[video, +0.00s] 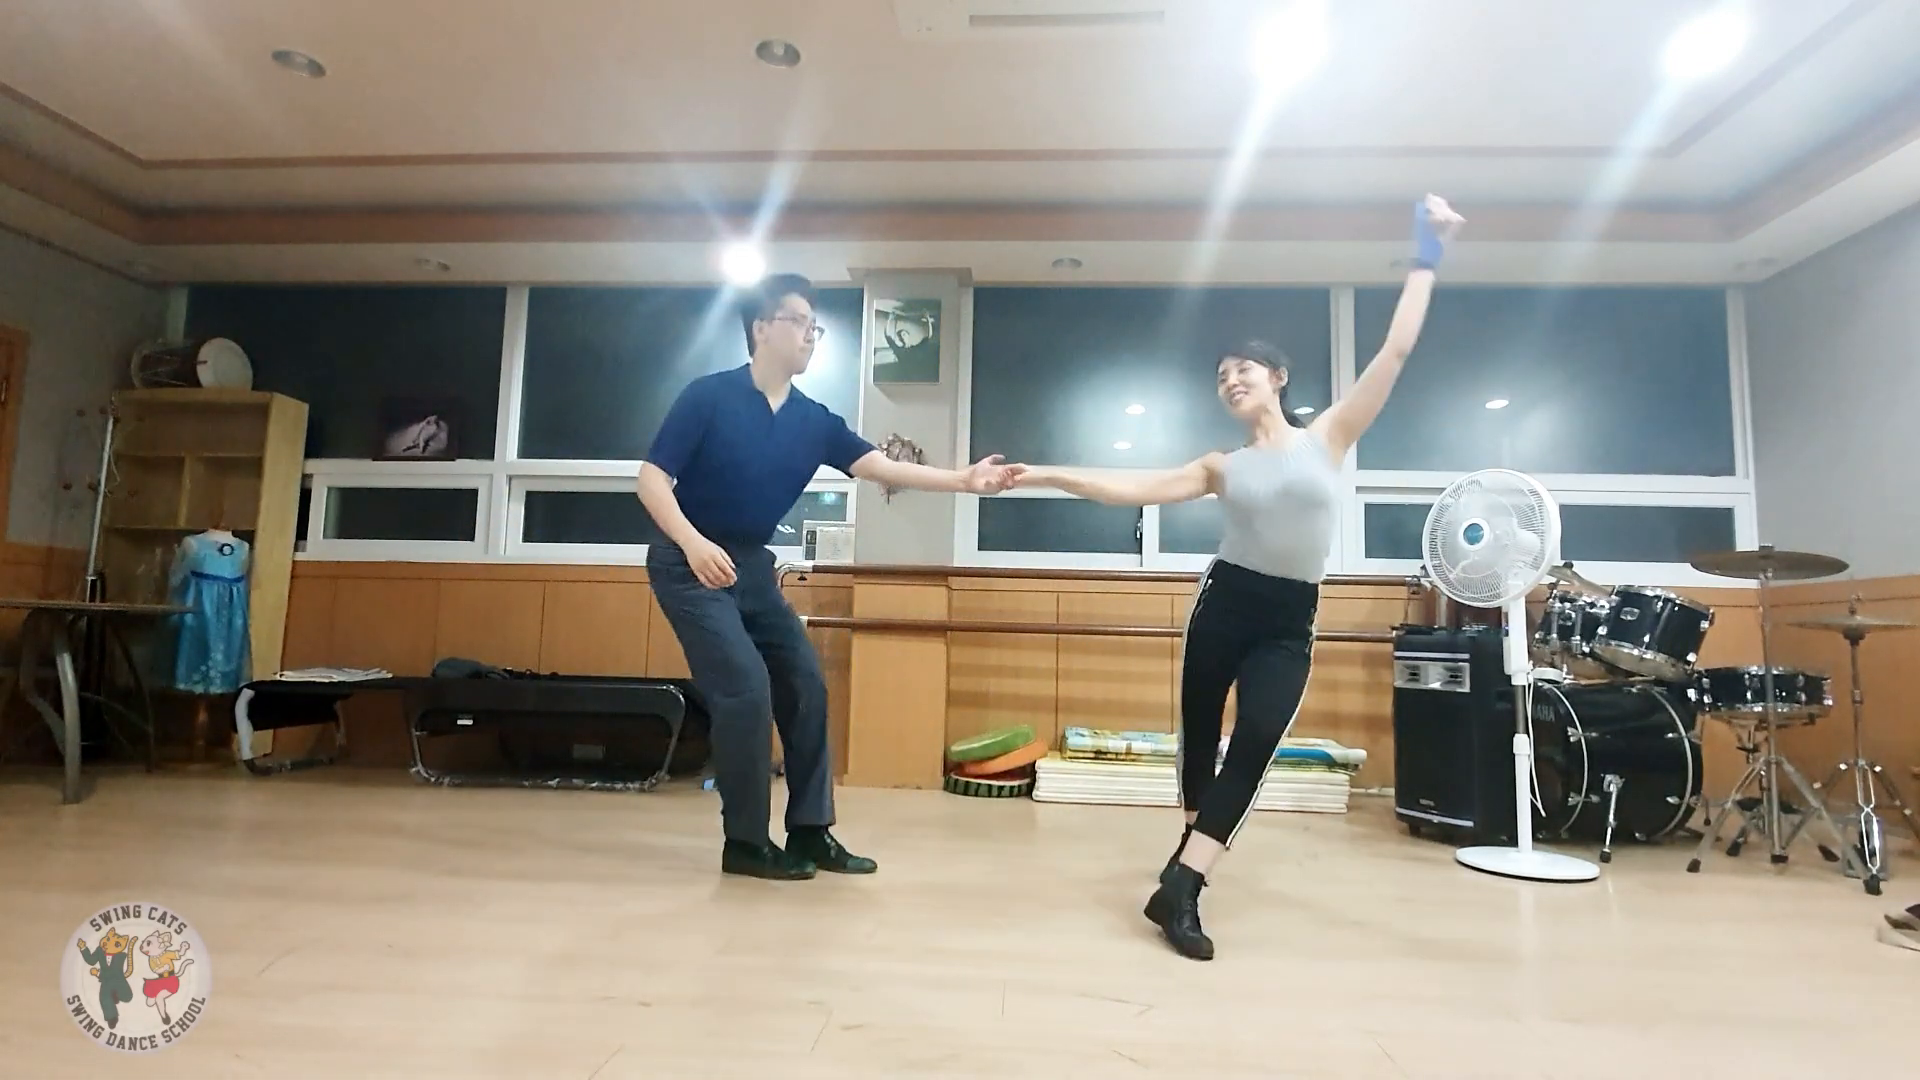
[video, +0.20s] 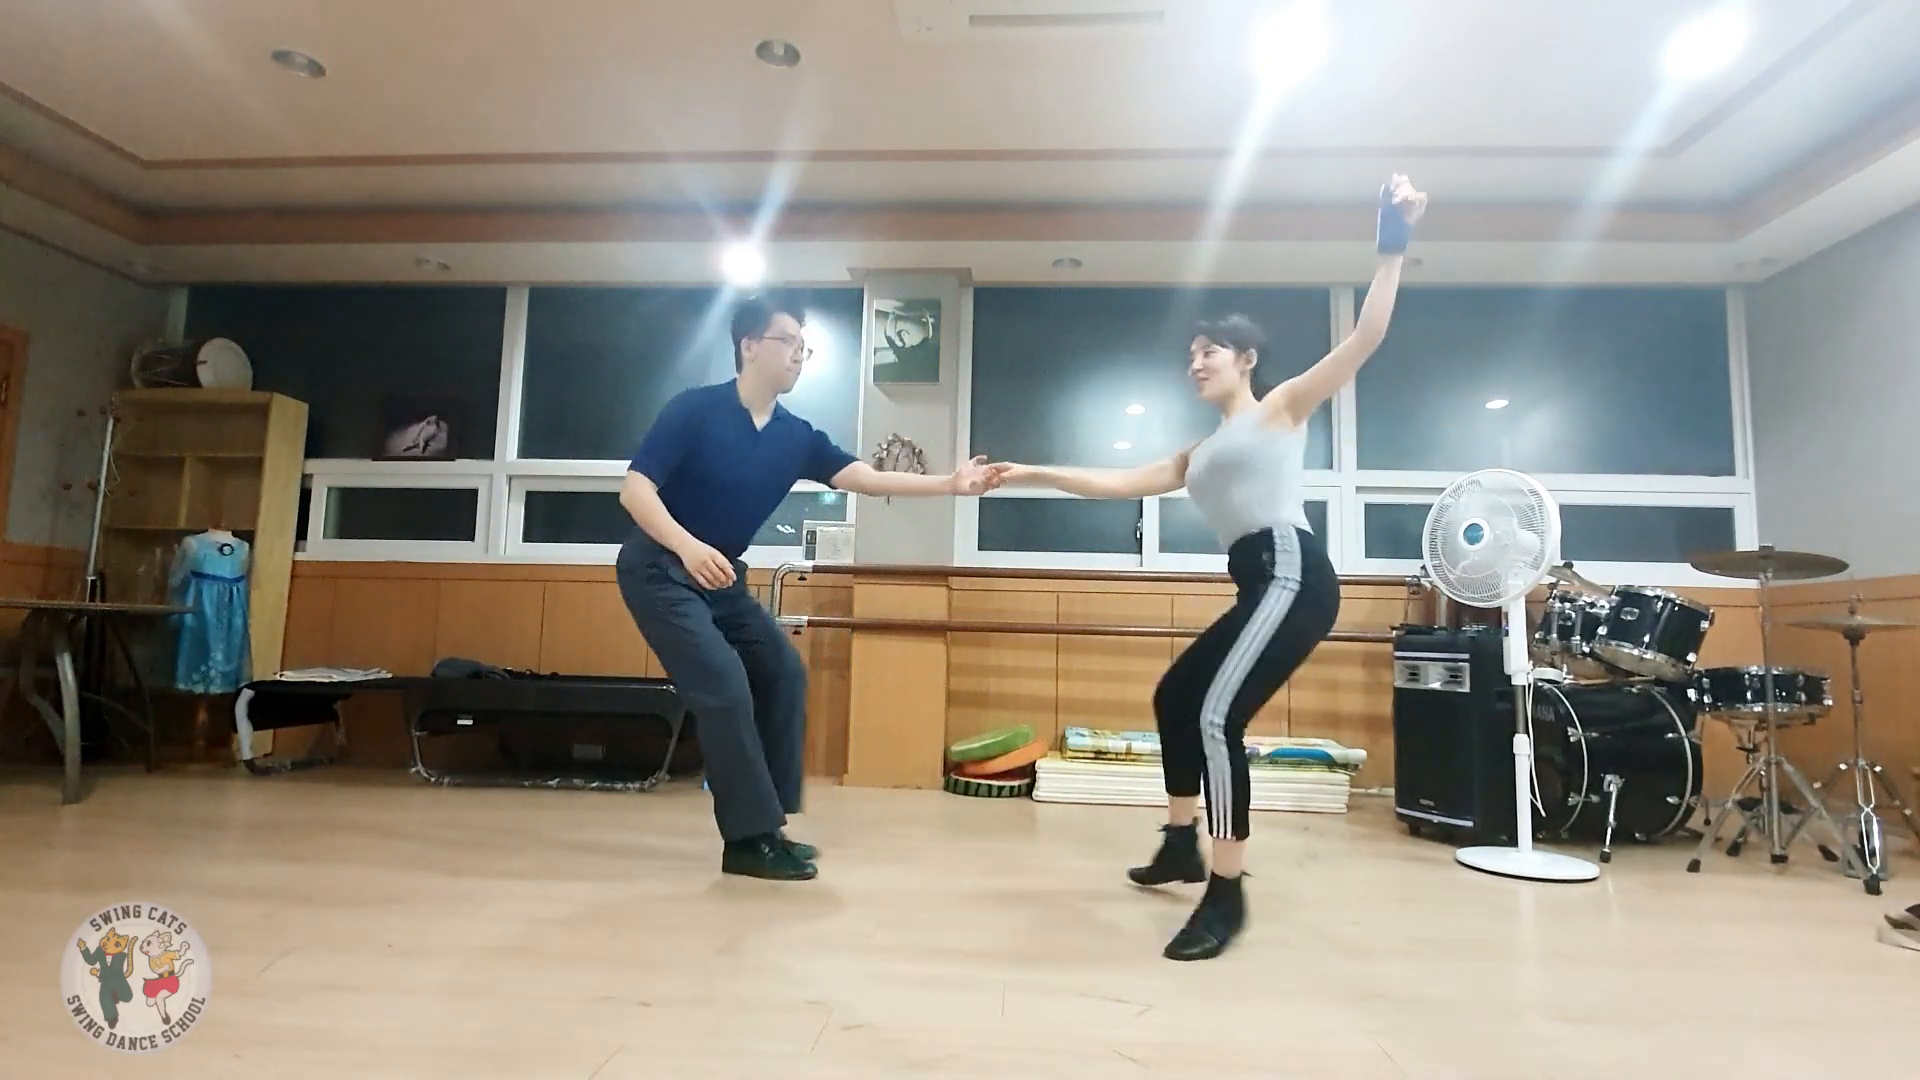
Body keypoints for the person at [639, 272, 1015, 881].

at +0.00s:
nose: (812, 335)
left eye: (813, 325)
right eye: (798, 323)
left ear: (803, 336)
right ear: (759, 330)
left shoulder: (813, 420)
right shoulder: (707, 397)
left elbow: (883, 467)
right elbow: (650, 480)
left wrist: (966, 479)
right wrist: (690, 542)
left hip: (750, 564)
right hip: (686, 561)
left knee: (803, 678)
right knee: (746, 685)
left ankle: (808, 832)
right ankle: (745, 844)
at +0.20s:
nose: (799, 353)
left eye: (802, 344)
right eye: (786, 341)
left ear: (800, 355)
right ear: (747, 347)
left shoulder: (796, 436)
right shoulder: (693, 410)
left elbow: (872, 479)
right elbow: (635, 489)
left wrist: (954, 483)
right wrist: (684, 544)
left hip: (722, 578)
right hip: (659, 568)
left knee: (782, 671)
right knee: (724, 684)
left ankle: (763, 829)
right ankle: (745, 841)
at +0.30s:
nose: (788, 362)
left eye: (791, 353)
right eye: (775, 350)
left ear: (789, 362)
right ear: (736, 357)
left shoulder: (784, 444)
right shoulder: (682, 419)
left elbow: (856, 485)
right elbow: (628, 499)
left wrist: (942, 492)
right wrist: (684, 547)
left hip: (708, 587)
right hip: (648, 576)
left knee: (769, 679)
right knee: (719, 685)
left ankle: (699, 804)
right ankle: (744, 840)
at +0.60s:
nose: (742, 360)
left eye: (749, 353)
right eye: (728, 347)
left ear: (751, 367)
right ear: (695, 356)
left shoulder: (738, 445)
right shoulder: (647, 416)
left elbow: (806, 483)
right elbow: (613, 497)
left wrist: (883, 489)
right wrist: (687, 533)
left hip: (658, 582)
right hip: (600, 572)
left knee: (713, 693)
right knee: (677, 685)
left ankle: (644, 821)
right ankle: (730, 830)